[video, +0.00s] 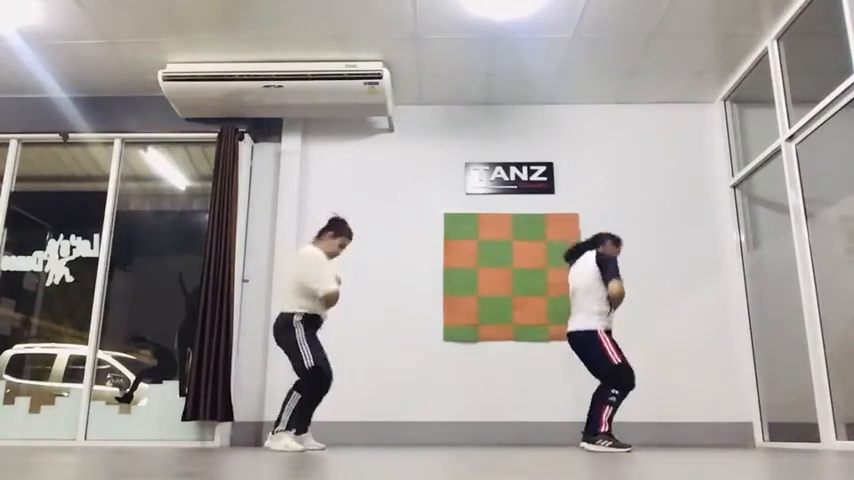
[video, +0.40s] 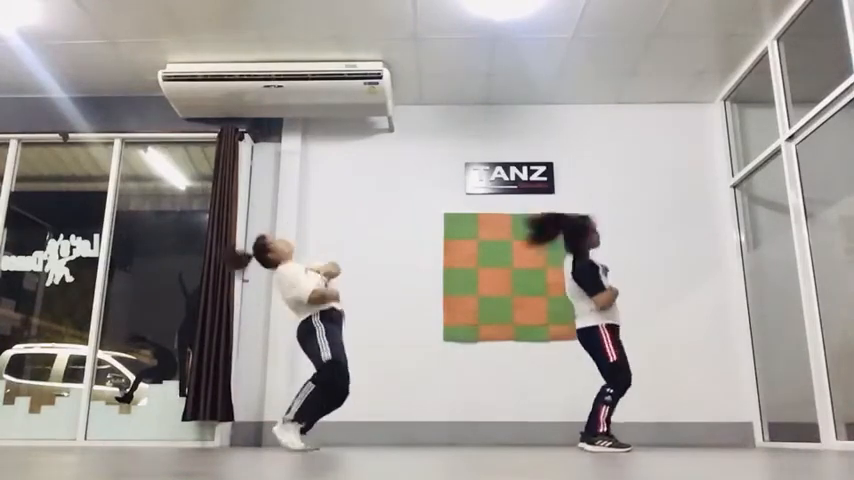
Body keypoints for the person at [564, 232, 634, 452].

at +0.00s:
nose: (617, 254)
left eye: (618, 250)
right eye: (616, 249)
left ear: (595, 244)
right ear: (605, 243)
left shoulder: (578, 263)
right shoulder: (604, 258)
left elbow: (579, 297)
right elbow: (616, 290)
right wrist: (611, 307)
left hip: (577, 330)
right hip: (593, 329)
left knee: (611, 379)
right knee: (623, 378)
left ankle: (592, 433)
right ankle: (599, 433)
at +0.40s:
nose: (598, 234)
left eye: (595, 230)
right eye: (593, 231)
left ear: (580, 238)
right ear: (583, 237)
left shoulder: (582, 263)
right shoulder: (583, 265)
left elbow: (598, 297)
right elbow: (601, 301)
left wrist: (605, 289)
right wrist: (613, 290)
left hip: (599, 325)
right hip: (596, 326)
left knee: (618, 379)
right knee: (619, 379)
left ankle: (595, 432)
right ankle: (597, 434)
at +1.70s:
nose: (629, 232)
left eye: (626, 228)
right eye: (625, 229)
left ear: (608, 234)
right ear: (616, 233)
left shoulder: (596, 252)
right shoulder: (613, 251)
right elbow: (618, 283)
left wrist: (629, 297)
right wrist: (642, 299)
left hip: (579, 320)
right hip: (586, 321)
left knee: (609, 373)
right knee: (613, 373)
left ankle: (598, 432)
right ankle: (599, 434)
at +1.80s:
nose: (640, 246)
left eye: (637, 242)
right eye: (635, 242)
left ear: (618, 247)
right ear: (624, 246)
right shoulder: (618, 261)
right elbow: (623, 295)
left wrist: (624, 331)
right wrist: (645, 324)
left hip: (575, 322)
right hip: (577, 323)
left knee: (606, 376)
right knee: (610, 375)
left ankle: (599, 434)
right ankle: (599, 435)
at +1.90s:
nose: (643, 254)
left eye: (642, 249)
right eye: (639, 249)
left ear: (625, 249)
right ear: (626, 249)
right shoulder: (611, 262)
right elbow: (614, 284)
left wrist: (635, 340)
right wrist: (642, 314)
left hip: (583, 325)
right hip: (570, 321)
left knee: (614, 376)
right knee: (599, 371)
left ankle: (601, 432)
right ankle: (593, 434)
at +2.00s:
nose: (635, 256)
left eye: (637, 251)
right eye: (630, 250)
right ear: (614, 251)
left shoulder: (615, 287)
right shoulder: (597, 266)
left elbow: (618, 327)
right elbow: (599, 257)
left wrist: (655, 329)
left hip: (591, 334)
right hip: (568, 326)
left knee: (625, 370)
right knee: (591, 373)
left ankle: (607, 428)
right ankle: (577, 435)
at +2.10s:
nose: (621, 248)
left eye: (626, 246)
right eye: (618, 243)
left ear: (629, 253)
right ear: (607, 244)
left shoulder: (620, 284)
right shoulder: (591, 260)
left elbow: (630, 312)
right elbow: (570, 239)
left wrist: (656, 294)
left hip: (595, 334)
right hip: (569, 324)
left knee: (625, 376)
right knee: (582, 374)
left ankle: (613, 431)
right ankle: (577, 435)